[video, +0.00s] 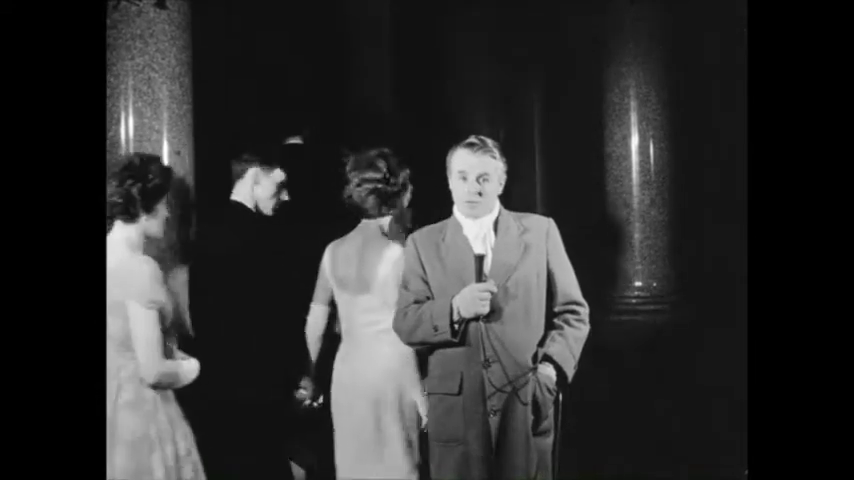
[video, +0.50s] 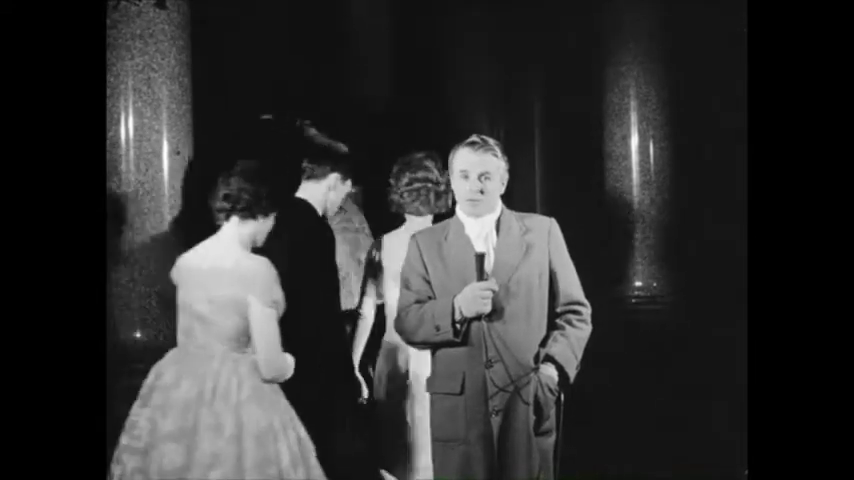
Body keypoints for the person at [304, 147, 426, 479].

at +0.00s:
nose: (410, 200)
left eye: (409, 191)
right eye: (408, 193)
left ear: (356, 197)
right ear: (400, 198)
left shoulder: (333, 252)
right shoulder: (403, 252)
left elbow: (317, 319)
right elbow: (416, 319)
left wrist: (309, 373)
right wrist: (423, 385)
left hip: (349, 365)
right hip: (394, 367)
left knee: (353, 459)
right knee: (399, 460)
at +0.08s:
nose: (414, 199)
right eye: (411, 192)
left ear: (361, 199)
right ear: (405, 200)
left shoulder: (340, 251)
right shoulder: (410, 253)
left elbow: (324, 317)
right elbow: (424, 314)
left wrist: (318, 370)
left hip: (357, 361)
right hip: (403, 361)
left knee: (361, 457)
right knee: (408, 456)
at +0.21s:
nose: (423, 202)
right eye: (419, 195)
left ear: (366, 200)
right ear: (414, 203)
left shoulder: (350, 251)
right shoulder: (420, 252)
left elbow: (337, 317)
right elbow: (432, 314)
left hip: (367, 364)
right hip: (414, 364)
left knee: (370, 456)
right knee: (417, 456)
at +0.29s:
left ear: (375, 198)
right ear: (424, 200)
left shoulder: (358, 252)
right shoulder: (432, 251)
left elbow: (348, 314)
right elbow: (442, 312)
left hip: (377, 361)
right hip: (423, 361)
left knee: (380, 455)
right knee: (425, 454)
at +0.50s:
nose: (416, 197)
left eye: (416, 189)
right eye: (413, 190)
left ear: (397, 194)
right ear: (441, 193)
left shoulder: (383, 244)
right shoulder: (450, 242)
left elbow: (369, 308)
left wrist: (355, 361)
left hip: (394, 354)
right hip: (437, 354)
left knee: (397, 443)